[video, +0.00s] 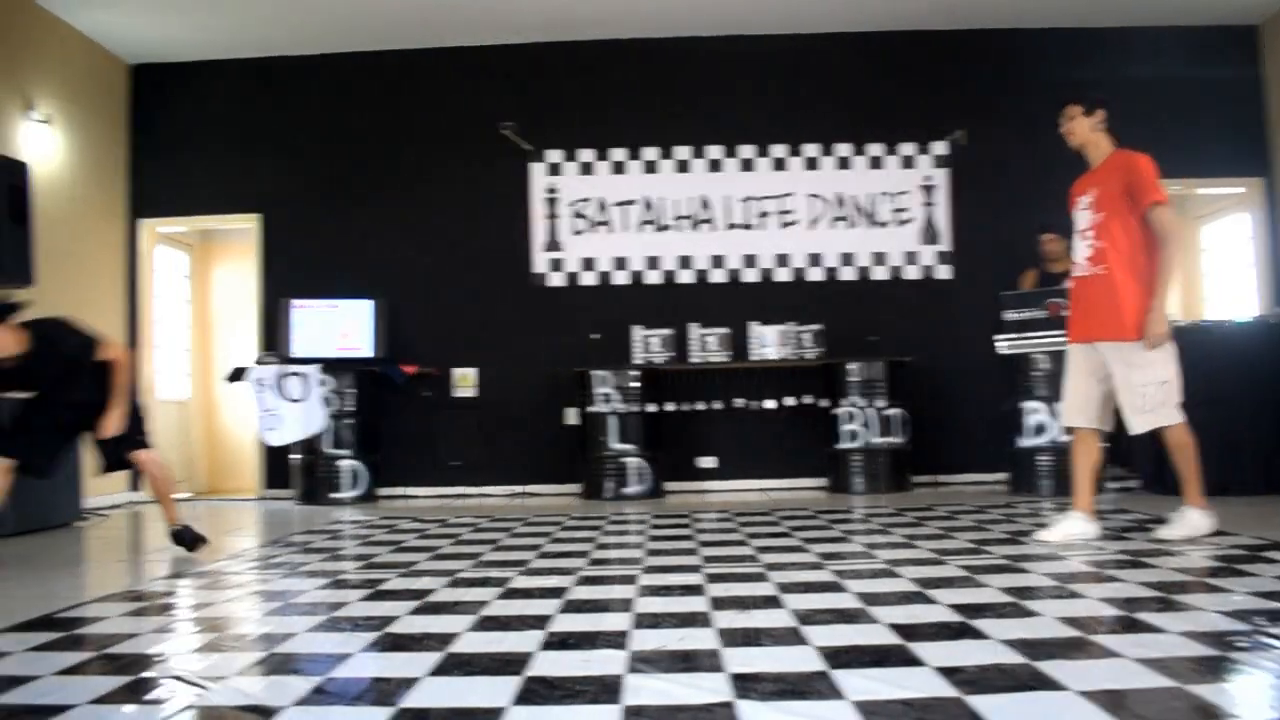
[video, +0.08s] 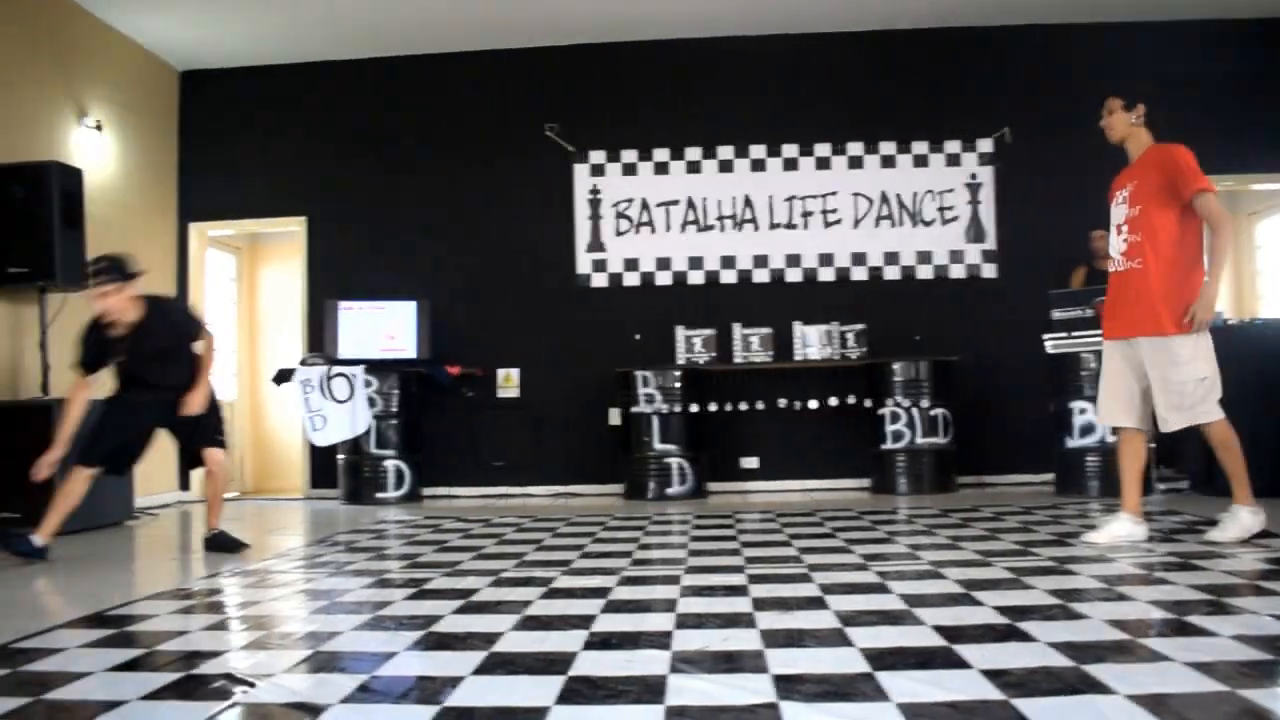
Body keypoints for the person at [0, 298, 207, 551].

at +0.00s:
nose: (4, 343)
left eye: (3, 335)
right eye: (2, 337)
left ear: (10, 326)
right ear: (4, 334)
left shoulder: (52, 333)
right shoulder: (8, 370)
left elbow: (119, 354)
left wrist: (116, 412)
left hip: (100, 391)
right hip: (53, 403)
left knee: (143, 455)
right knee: (7, 459)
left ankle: (176, 525)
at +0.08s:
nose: (103, 305)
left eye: (110, 294)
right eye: (98, 297)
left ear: (131, 289)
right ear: (93, 299)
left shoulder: (169, 313)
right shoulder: (100, 333)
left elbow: (206, 343)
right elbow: (81, 389)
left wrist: (201, 390)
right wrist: (57, 450)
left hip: (184, 395)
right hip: (135, 398)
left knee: (216, 459)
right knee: (86, 464)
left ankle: (214, 532)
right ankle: (39, 540)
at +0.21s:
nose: (256, 267)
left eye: (263, 259)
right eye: (251, 260)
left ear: (276, 259)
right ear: (244, 262)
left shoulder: (304, 297)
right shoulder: (241, 304)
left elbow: (323, 345)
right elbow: (217, 363)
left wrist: (316, 381)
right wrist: (206, 412)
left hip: (293, 395)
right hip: (249, 396)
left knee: (305, 467)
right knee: (202, 462)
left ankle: (288, 530)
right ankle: (154, 532)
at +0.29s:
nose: (349, 248)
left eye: (353, 240)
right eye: (341, 242)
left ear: (361, 244)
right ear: (329, 248)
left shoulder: (376, 288)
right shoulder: (314, 291)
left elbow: (391, 335)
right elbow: (288, 339)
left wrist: (392, 367)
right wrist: (290, 387)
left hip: (352, 393)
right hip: (311, 392)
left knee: (354, 471)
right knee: (283, 473)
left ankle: (323, 529)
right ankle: (244, 522)